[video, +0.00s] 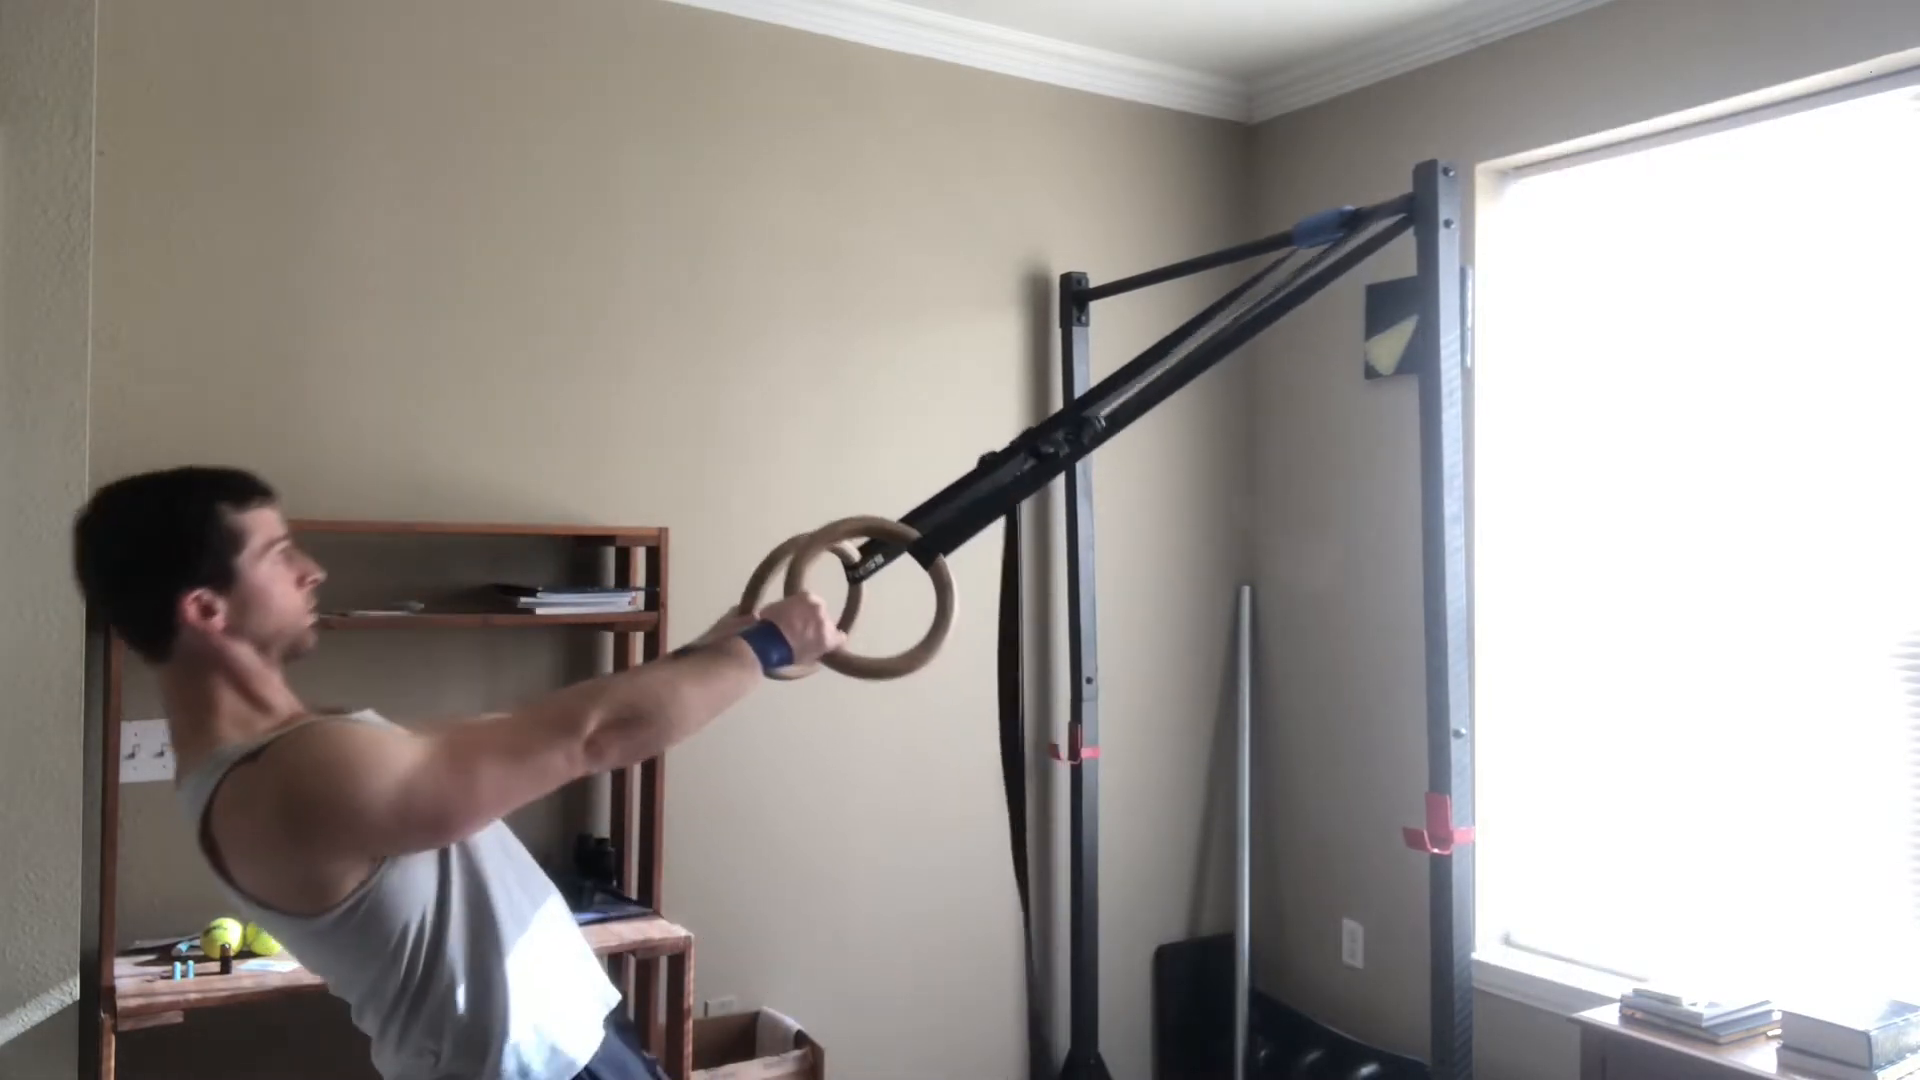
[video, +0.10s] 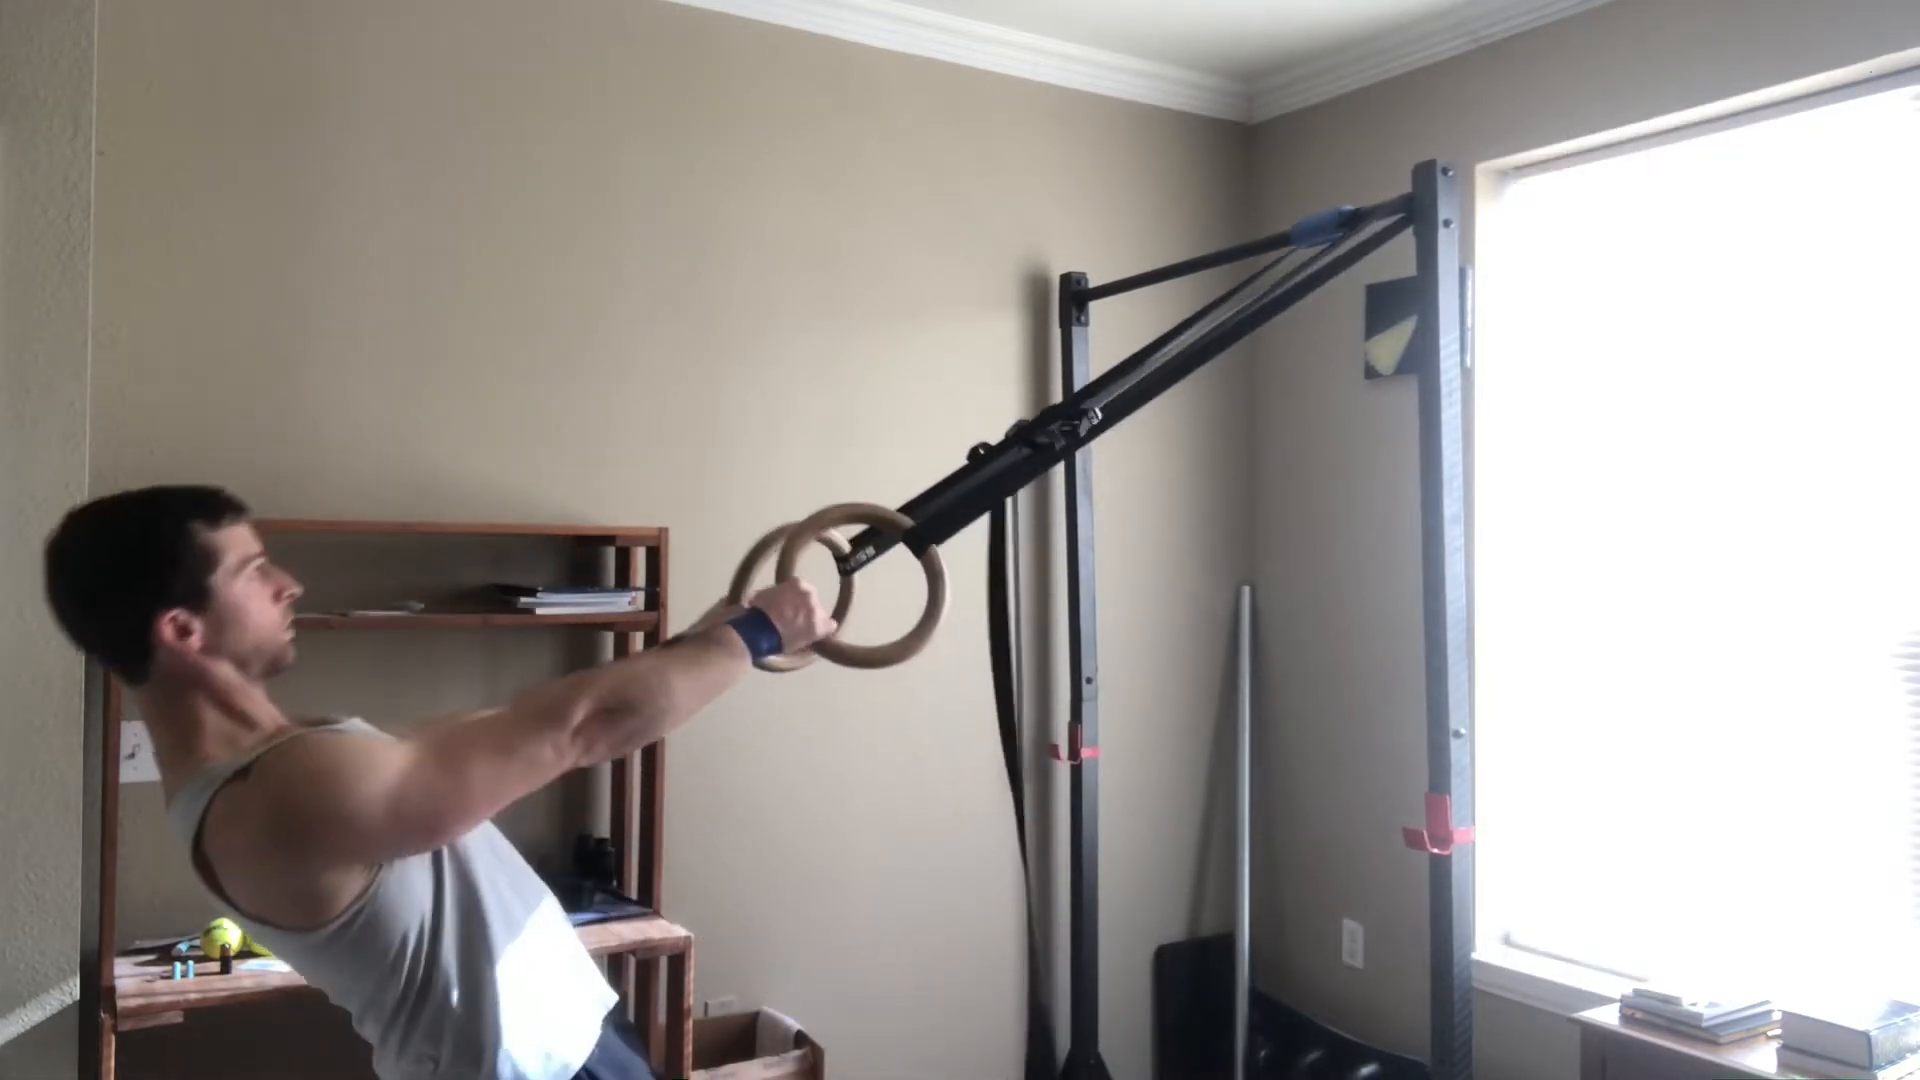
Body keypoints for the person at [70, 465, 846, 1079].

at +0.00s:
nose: (313, 573)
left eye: (294, 548)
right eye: (281, 557)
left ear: (209, 617)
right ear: (207, 613)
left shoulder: (253, 758)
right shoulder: (306, 776)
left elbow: (545, 739)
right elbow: (592, 736)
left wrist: (732, 650)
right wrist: (773, 642)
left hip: (530, 1046)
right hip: (546, 1061)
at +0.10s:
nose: (290, 588)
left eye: (268, 563)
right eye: (254, 572)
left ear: (182, 636)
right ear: (181, 631)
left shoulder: (233, 768)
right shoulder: (292, 792)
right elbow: (578, 727)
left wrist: (714, 647)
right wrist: (760, 632)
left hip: (524, 1048)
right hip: (544, 1064)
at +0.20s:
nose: (272, 607)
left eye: (250, 584)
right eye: (237, 595)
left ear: (166, 660)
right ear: (165, 656)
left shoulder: (222, 785)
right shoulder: (297, 805)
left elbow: (516, 735)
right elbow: (575, 733)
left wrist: (694, 651)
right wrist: (755, 640)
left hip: (489, 1054)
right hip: (544, 1067)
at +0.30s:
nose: (258, 619)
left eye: (238, 599)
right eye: (225, 611)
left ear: (153, 679)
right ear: (152, 676)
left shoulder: (224, 788)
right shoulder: (299, 813)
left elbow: (510, 737)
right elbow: (580, 748)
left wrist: (693, 664)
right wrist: (764, 662)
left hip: (473, 1058)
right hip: (538, 1071)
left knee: (775, 1023)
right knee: (793, 1048)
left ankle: (735, 1043)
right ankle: (731, 1044)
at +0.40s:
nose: (254, 633)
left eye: (233, 612)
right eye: (220, 625)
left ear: (149, 694)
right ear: (148, 691)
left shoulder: (220, 798)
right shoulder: (302, 827)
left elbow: (516, 740)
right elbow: (582, 755)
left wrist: (704, 663)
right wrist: (765, 658)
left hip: (480, 1052)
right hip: (544, 1067)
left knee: (765, 1024)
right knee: (793, 1051)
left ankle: (715, 1044)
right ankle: (708, 1048)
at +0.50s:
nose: (261, 651)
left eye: (239, 631)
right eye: (227, 643)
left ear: (156, 711)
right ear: (155, 708)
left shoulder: (237, 820)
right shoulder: (305, 838)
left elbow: (518, 743)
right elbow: (574, 754)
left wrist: (711, 651)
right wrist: (763, 648)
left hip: (543, 1042)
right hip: (569, 1059)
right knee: (794, 1037)